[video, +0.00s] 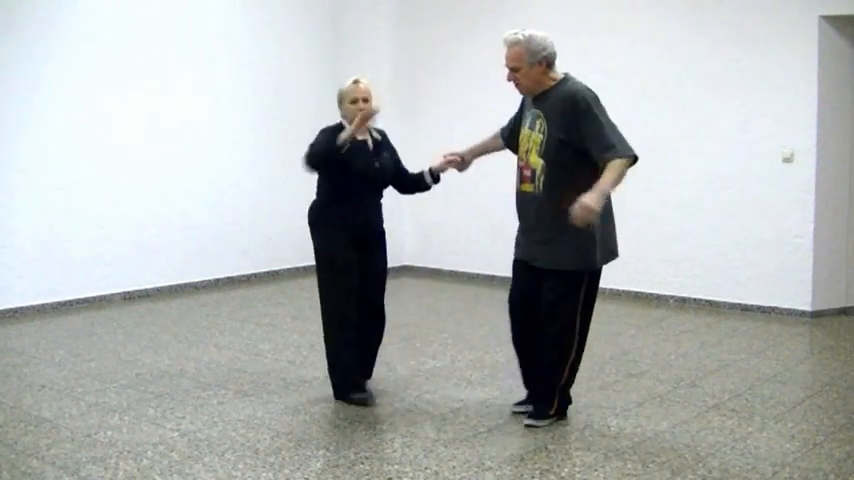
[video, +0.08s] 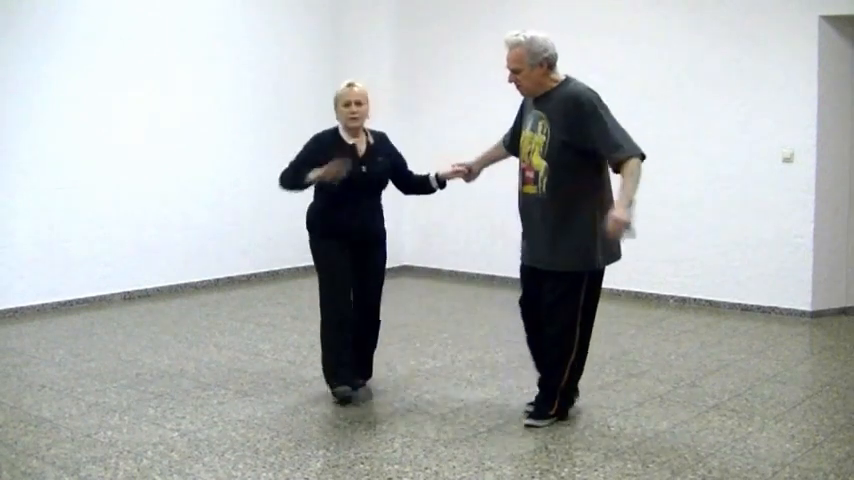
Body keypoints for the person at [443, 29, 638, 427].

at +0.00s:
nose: (509, 78)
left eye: (515, 71)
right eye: (508, 70)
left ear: (543, 66)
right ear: (535, 67)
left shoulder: (577, 99)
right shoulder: (532, 101)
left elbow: (622, 156)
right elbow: (510, 136)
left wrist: (597, 194)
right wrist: (469, 154)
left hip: (574, 242)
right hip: (534, 237)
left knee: (562, 322)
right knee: (525, 313)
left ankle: (554, 404)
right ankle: (538, 394)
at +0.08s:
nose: (511, 79)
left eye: (516, 72)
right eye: (510, 72)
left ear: (544, 68)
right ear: (534, 69)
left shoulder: (581, 101)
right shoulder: (531, 102)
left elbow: (631, 159)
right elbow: (513, 142)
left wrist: (622, 206)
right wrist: (477, 164)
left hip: (580, 242)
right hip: (540, 238)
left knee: (566, 322)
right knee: (535, 312)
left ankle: (555, 402)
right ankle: (555, 388)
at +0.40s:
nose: (519, 78)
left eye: (525, 72)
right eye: (518, 71)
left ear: (554, 69)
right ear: (545, 69)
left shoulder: (595, 101)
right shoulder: (525, 110)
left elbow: (650, 148)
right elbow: (480, 145)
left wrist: (680, 200)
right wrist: (426, 160)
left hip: (590, 230)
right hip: (551, 232)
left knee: (552, 304)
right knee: (557, 308)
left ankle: (558, 400)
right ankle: (566, 392)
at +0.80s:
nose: (500, 76)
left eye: (505, 68)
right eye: (499, 68)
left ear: (533, 67)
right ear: (526, 67)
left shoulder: (572, 100)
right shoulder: (516, 106)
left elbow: (627, 136)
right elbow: (481, 141)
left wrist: (645, 176)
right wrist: (433, 153)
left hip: (575, 245)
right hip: (532, 242)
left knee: (559, 326)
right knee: (515, 308)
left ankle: (556, 412)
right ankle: (547, 391)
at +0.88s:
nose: (492, 72)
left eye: (497, 65)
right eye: (492, 65)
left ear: (523, 66)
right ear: (519, 66)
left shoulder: (555, 96)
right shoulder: (517, 103)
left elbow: (593, 134)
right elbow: (491, 148)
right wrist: (443, 159)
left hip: (560, 247)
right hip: (523, 243)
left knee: (553, 327)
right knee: (498, 301)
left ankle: (555, 411)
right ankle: (522, 388)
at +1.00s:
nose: (479, 74)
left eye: (482, 67)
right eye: (479, 67)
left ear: (504, 66)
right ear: (507, 66)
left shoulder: (531, 97)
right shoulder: (515, 101)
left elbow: (526, 148)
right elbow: (510, 162)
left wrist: (457, 160)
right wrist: (463, 169)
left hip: (530, 242)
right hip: (510, 239)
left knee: (533, 325)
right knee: (481, 308)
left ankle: (552, 410)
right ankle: (463, 392)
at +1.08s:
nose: (468, 79)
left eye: (471, 71)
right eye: (468, 71)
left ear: (489, 69)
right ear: (495, 68)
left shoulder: (511, 101)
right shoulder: (511, 98)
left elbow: (484, 156)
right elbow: (504, 160)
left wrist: (421, 168)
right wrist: (472, 175)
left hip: (511, 239)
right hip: (506, 237)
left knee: (476, 311)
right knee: (512, 318)